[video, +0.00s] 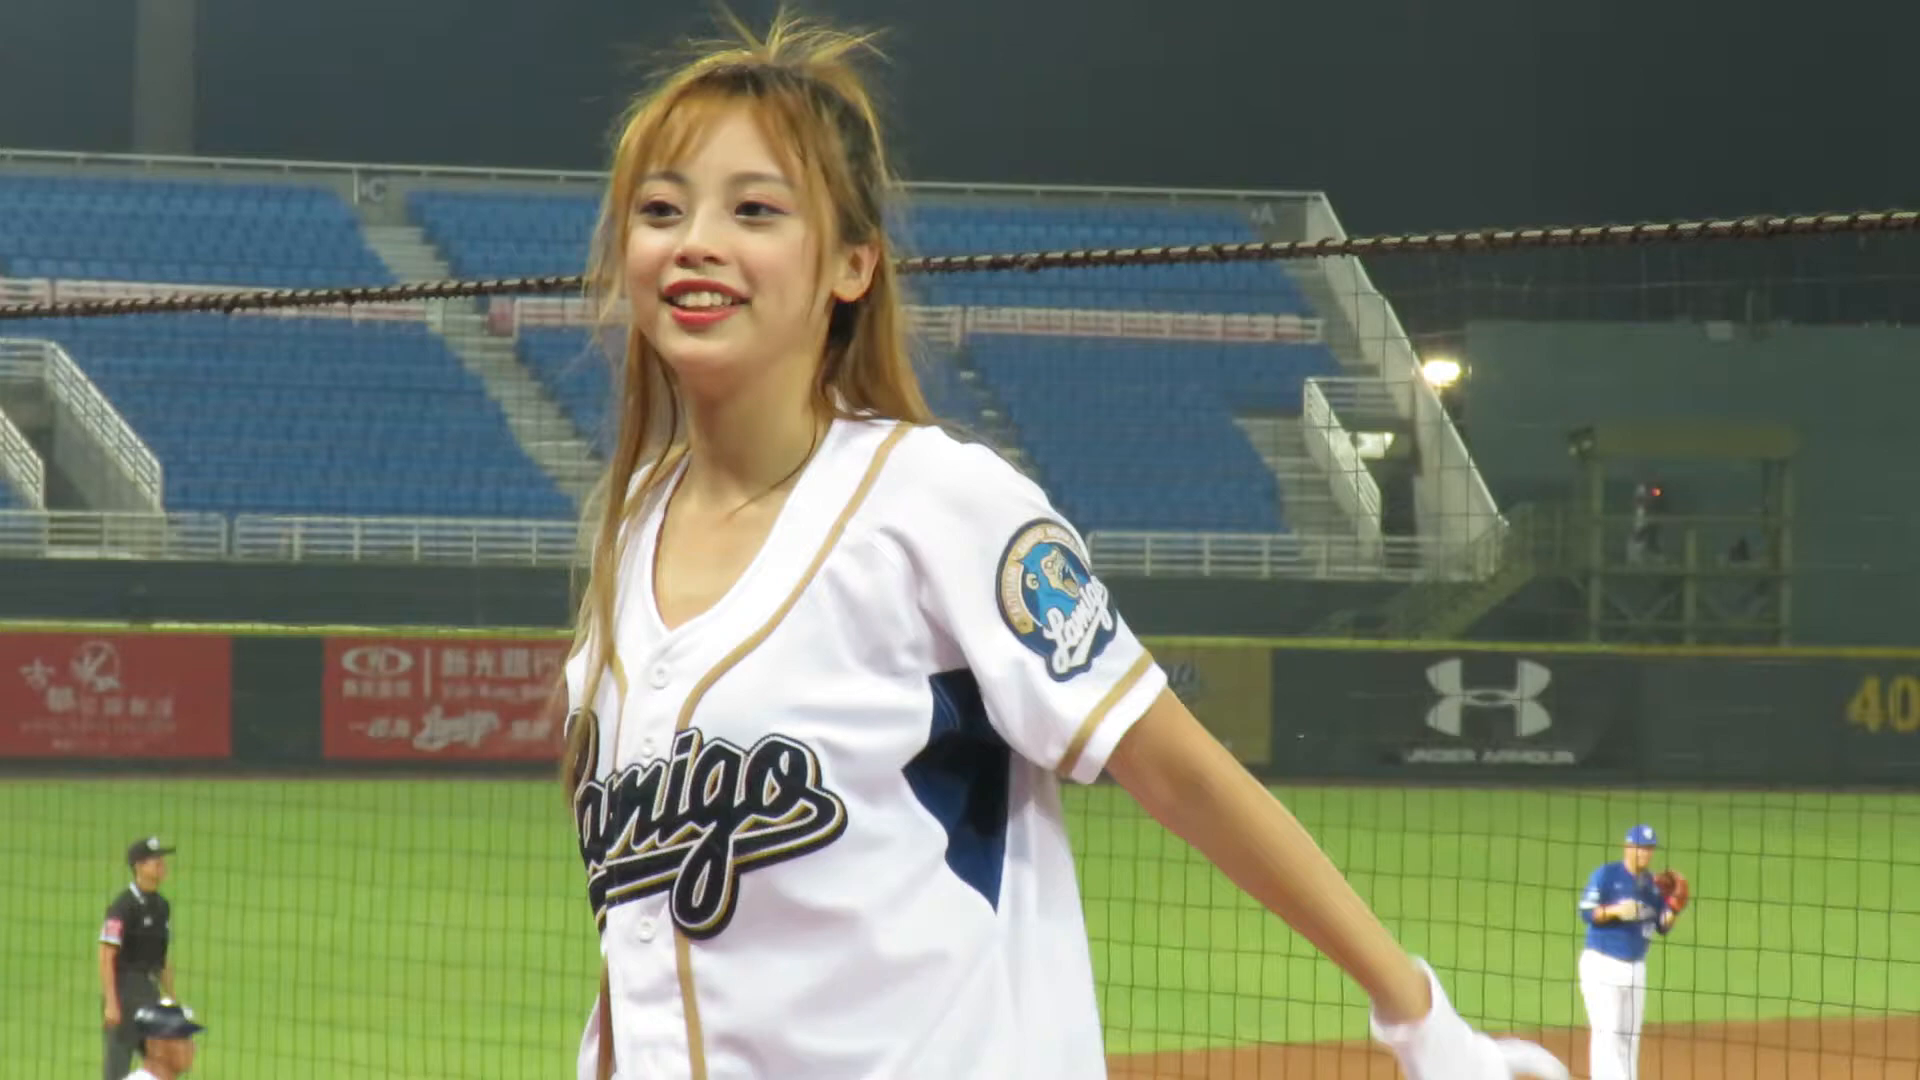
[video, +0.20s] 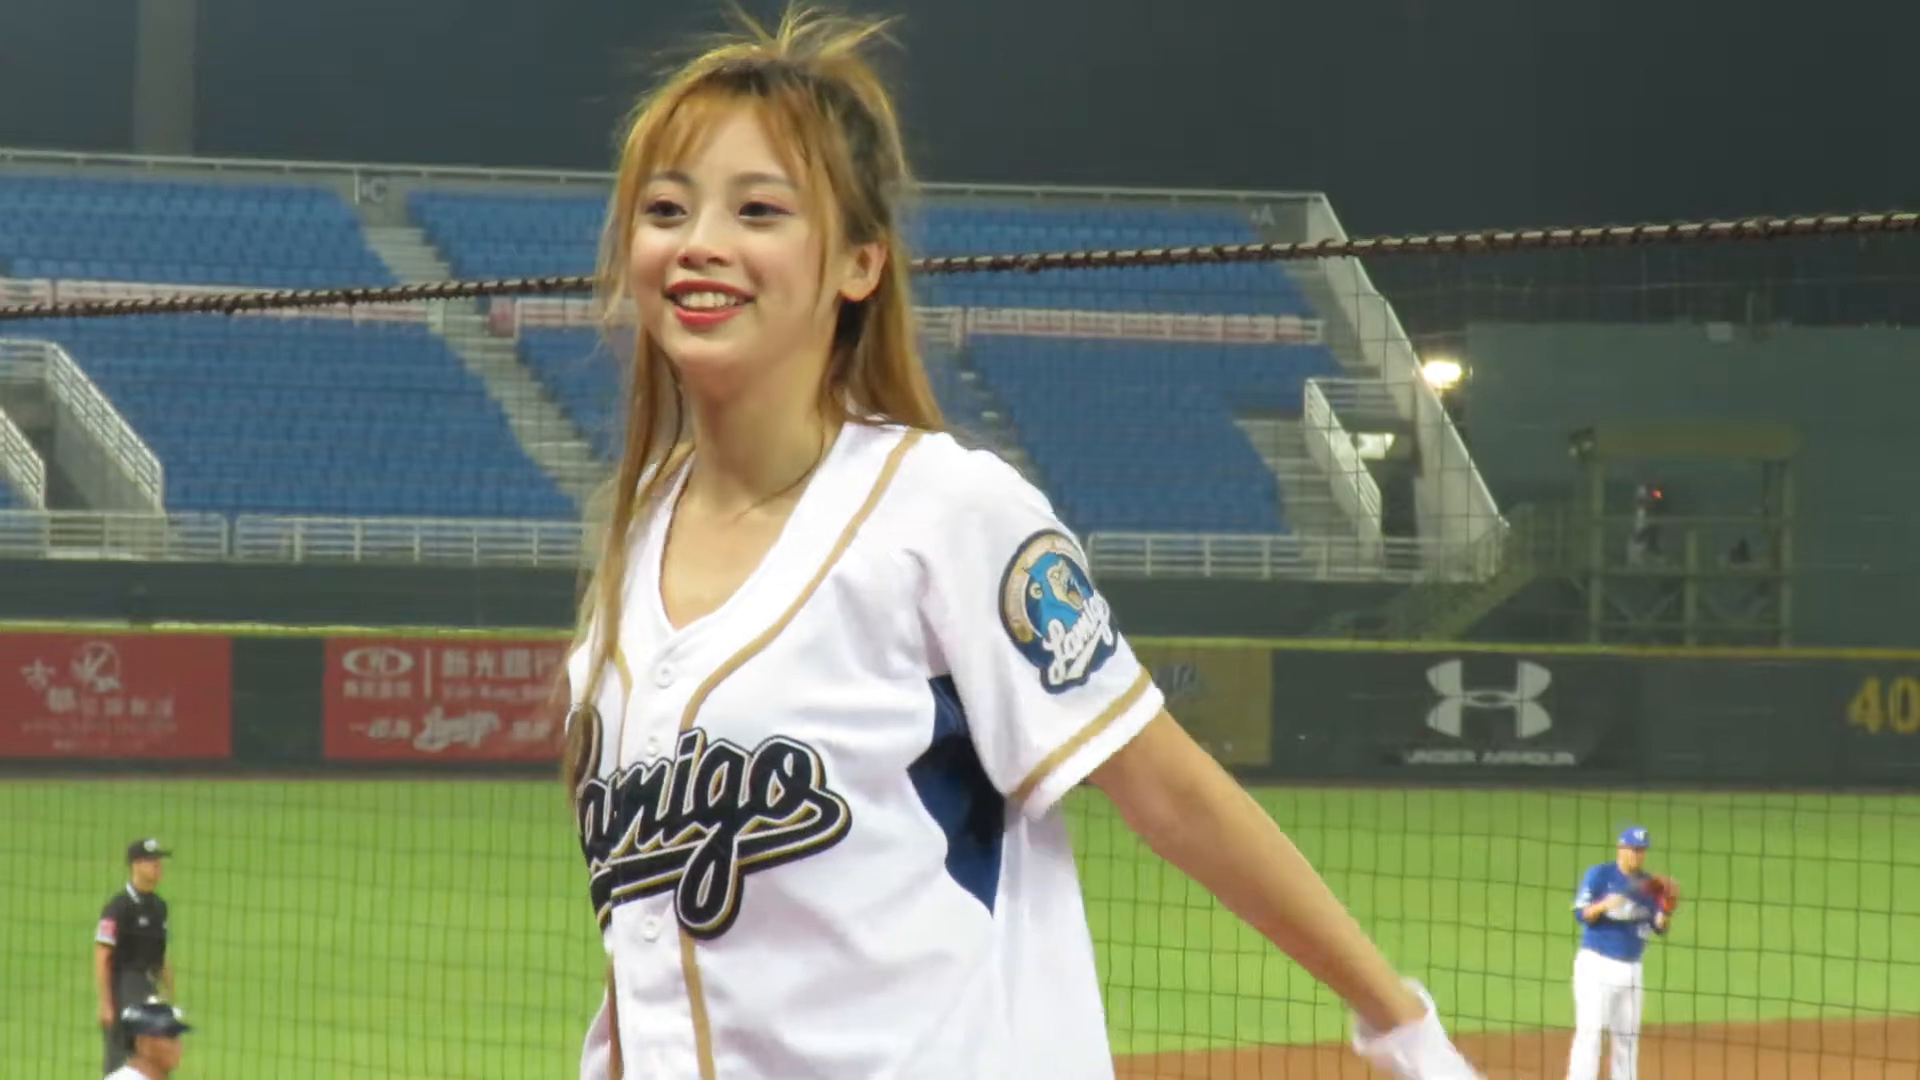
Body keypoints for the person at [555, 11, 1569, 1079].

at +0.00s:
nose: (694, 241)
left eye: (753, 207)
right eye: (661, 206)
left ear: (845, 268)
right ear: (619, 256)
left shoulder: (942, 503)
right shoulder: (632, 521)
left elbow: (1182, 773)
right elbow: (665, 869)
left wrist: (1420, 1014)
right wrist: (610, 1045)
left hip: (936, 1053)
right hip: (677, 1056)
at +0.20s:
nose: (698, 247)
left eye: (758, 210)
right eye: (666, 210)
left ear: (855, 264)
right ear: (627, 251)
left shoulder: (954, 510)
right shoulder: (636, 530)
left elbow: (1177, 793)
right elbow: (657, 899)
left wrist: (1395, 1014)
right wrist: (616, 1052)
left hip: (931, 1059)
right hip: (679, 1060)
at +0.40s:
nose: (753, 259)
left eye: (812, 222)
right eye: (720, 218)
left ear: (906, 275)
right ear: (679, 256)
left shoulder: (954, 521)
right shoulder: (653, 541)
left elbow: (1046, 852)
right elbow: (544, 858)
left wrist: (1112, 1065)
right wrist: (384, 1070)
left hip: (908, 1060)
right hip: (656, 1063)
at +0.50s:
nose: (782, 261)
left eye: (841, 226)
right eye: (749, 219)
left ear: (932, 276)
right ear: (705, 254)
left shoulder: (960, 513)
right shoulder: (665, 537)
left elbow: (883, 801)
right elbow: (482, 822)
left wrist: (744, 1033)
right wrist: (226, 1033)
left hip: (903, 1053)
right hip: (673, 1052)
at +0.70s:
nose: (802, 268)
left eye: (861, 236)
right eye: (770, 222)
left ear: (937, 288)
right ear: (716, 248)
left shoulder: (949, 500)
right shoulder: (652, 523)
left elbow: (711, 762)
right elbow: (511, 726)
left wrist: (417, 854)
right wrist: (326, 809)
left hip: (930, 1057)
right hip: (692, 1060)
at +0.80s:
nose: (801, 273)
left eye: (860, 239)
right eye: (769, 228)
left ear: (934, 288)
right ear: (713, 254)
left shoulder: (952, 502)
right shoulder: (631, 536)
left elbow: (773, 813)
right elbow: (526, 783)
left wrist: (524, 922)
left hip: (923, 1058)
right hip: (681, 1059)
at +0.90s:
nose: (797, 272)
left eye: (852, 239)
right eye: (761, 229)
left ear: (924, 287)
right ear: (702, 260)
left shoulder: (959, 506)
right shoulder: (679, 512)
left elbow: (897, 861)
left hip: (964, 1058)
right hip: (740, 1054)